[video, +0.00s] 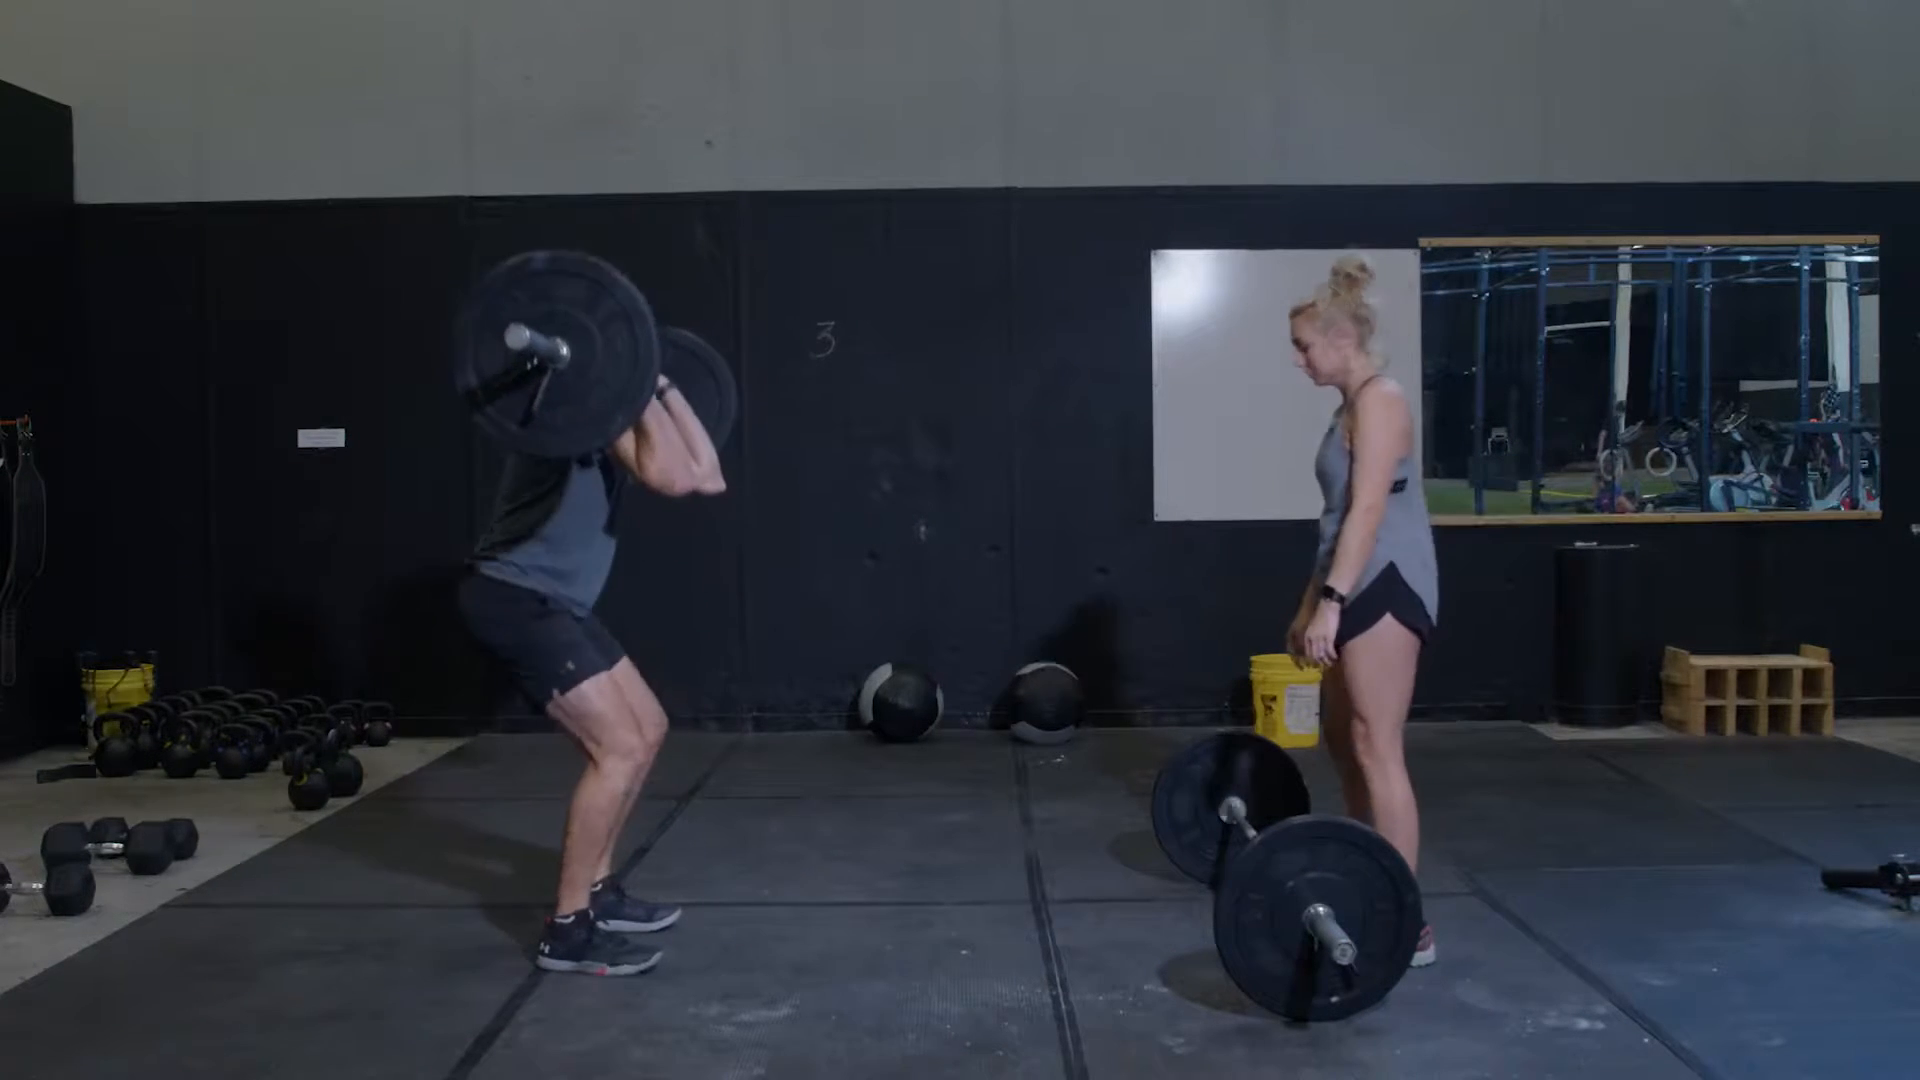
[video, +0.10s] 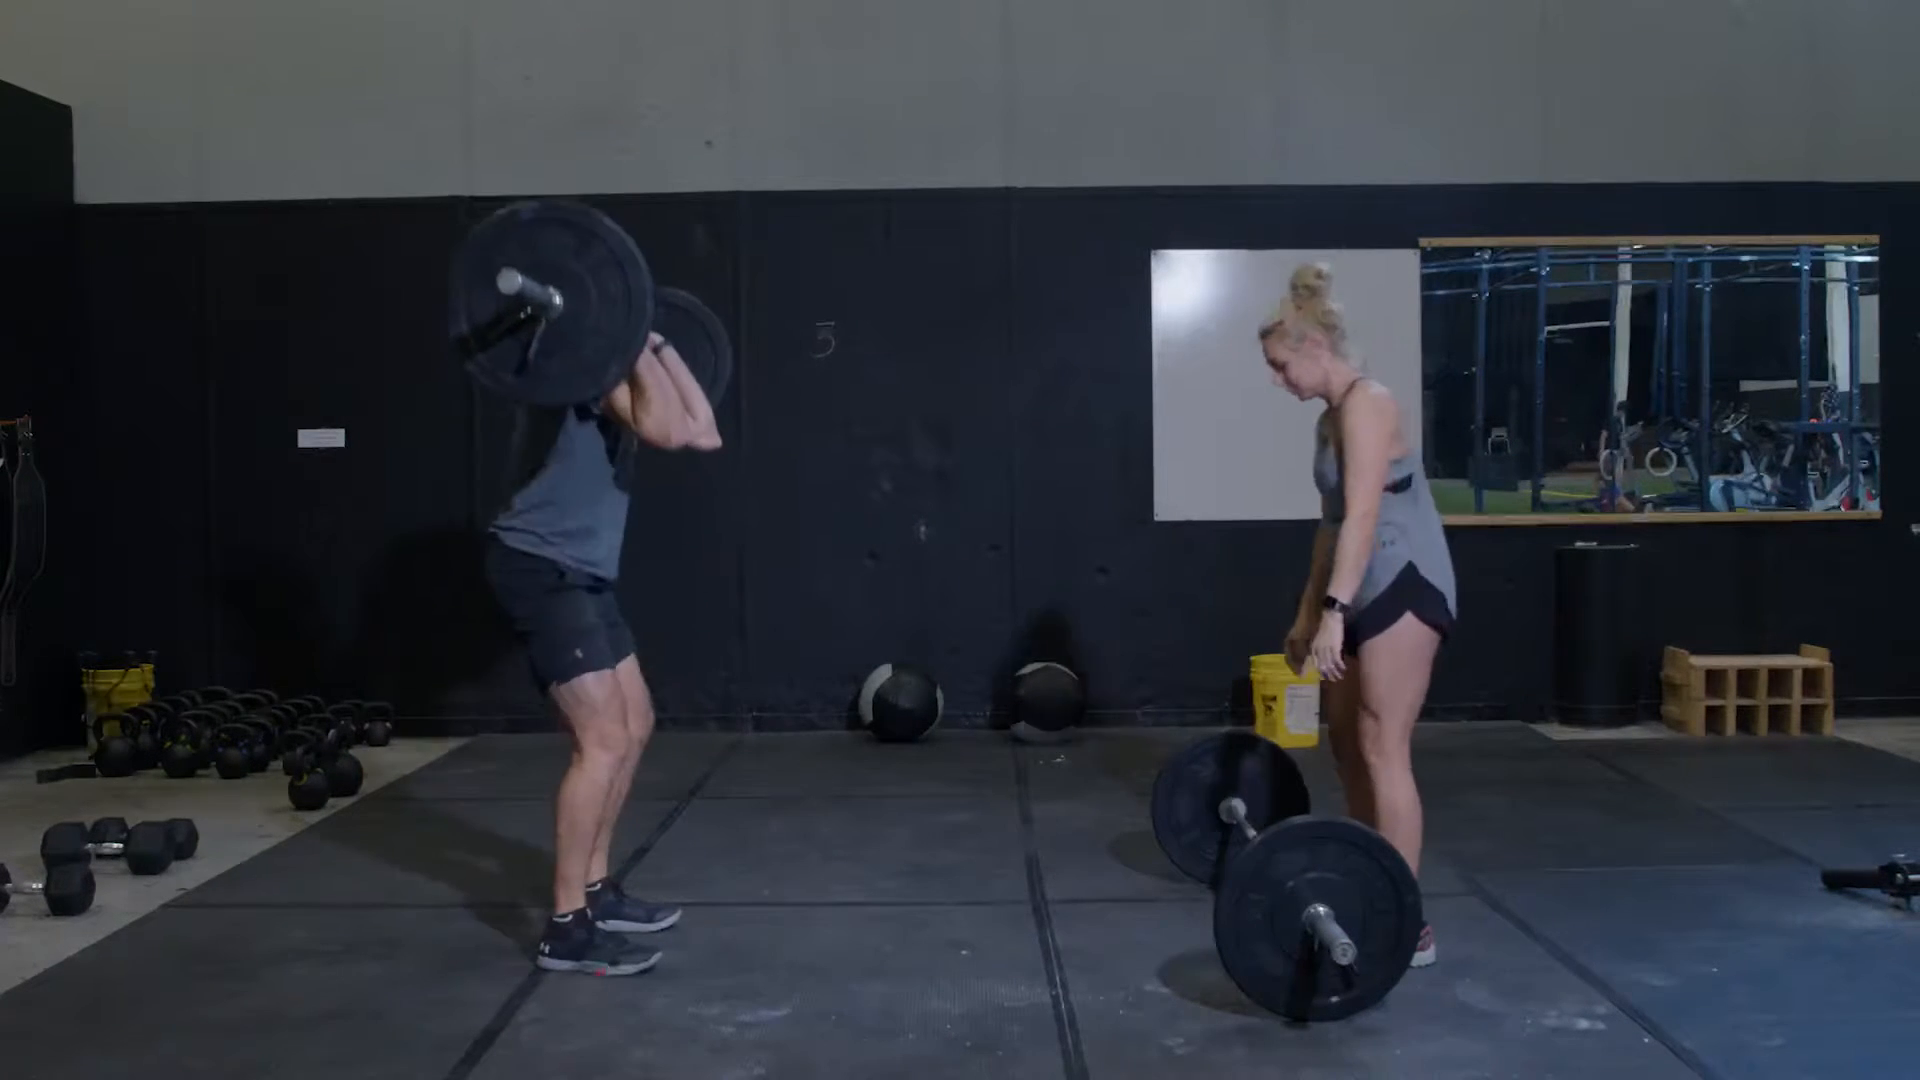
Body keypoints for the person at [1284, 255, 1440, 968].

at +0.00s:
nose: (1299, 359)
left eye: (1305, 345)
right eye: (1296, 348)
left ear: (1345, 338)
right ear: (1332, 343)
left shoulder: (1379, 402)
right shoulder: (1352, 410)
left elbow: (1369, 512)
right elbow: (1342, 521)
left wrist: (1331, 599)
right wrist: (1312, 607)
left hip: (1387, 586)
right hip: (1357, 587)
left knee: (1378, 750)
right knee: (1348, 744)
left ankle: (1404, 919)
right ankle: (1369, 901)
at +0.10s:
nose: (1279, 379)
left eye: (1282, 365)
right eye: (1274, 369)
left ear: (1318, 347)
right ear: (1312, 350)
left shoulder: (1364, 405)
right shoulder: (1337, 417)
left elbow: (1361, 519)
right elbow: (1332, 528)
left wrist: (1334, 612)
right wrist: (1308, 618)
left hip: (1401, 588)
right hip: (1365, 591)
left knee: (1382, 748)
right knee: (1348, 743)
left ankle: (1402, 919)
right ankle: (1370, 903)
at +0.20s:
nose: (1254, 410)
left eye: (1255, 395)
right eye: (1247, 400)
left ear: (1290, 370)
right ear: (1280, 379)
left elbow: (1351, 534)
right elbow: (1317, 547)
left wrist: (1333, 633)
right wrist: (1303, 639)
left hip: (1428, 593)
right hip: (1375, 604)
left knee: (1387, 743)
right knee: (1360, 748)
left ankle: (1405, 919)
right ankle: (1370, 906)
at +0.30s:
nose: (1235, 453)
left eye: (1236, 439)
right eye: (1228, 443)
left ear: (1266, 415)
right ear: (1259, 418)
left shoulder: (1327, 457)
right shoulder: (1295, 476)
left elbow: (1336, 573)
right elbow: (1303, 578)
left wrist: (1328, 673)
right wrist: (1299, 673)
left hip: (1448, 595)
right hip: (1395, 606)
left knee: (1396, 743)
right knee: (1360, 739)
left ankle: (1407, 921)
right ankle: (1369, 901)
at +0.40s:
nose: (1221, 503)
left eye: (1219, 489)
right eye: (1214, 493)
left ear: (1250, 462)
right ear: (1241, 471)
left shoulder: (1312, 500)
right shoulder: (1285, 519)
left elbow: (1322, 619)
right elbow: (1290, 623)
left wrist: (1314, 724)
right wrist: (1282, 718)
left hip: (1465, 600)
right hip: (1410, 611)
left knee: (1398, 746)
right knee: (1360, 739)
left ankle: (1408, 923)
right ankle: (1372, 899)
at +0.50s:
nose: (1212, 547)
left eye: (1214, 532)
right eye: (1207, 535)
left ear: (1244, 509)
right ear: (1243, 512)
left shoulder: (1303, 548)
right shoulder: (1280, 561)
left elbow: (1306, 667)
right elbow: (1280, 669)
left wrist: (1291, 771)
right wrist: (1269, 758)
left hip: (1473, 612)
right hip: (1420, 623)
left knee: (1388, 749)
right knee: (1351, 739)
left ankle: (1407, 924)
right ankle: (1368, 901)